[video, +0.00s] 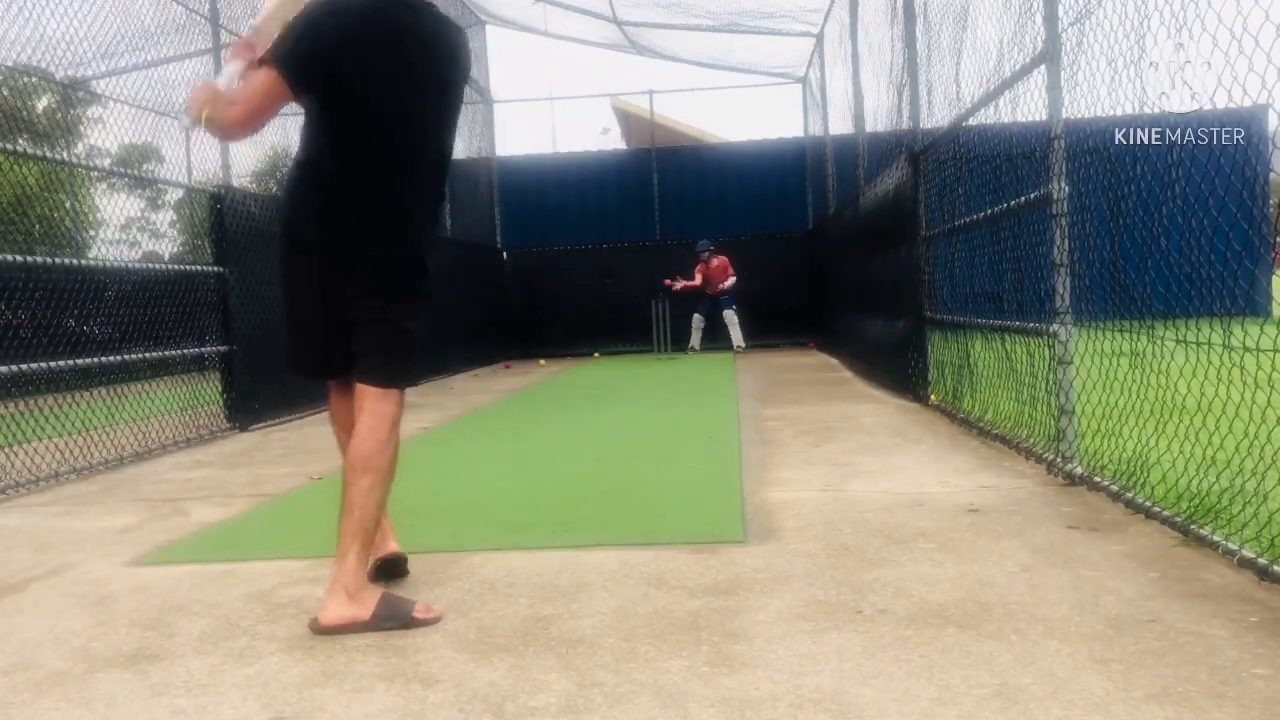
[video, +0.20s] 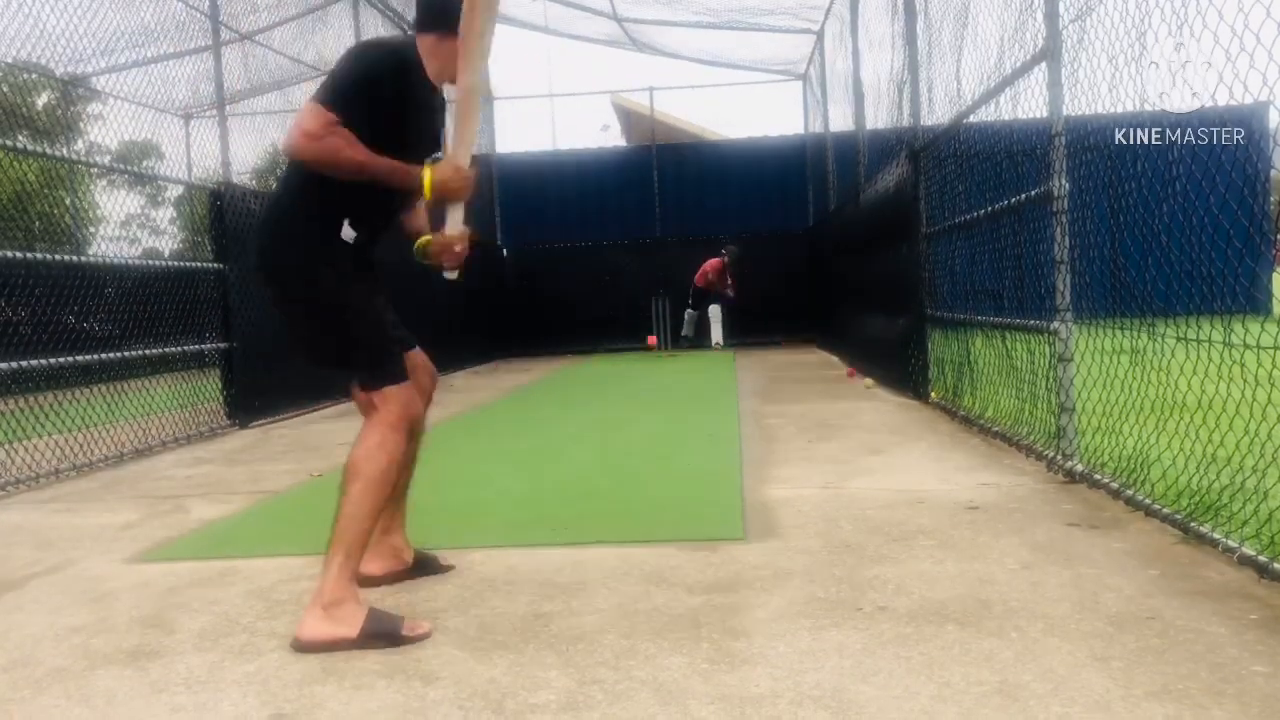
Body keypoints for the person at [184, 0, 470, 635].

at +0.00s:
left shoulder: (332, 19)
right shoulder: (448, 35)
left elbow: (241, 117)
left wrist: (209, 102)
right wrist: (280, 60)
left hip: (320, 236)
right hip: (402, 238)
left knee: (343, 386)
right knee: (380, 405)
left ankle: (380, 535)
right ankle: (348, 591)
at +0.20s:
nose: (481, 55)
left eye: (483, 41)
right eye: (479, 38)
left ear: (440, 29)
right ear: (453, 32)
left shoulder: (425, 105)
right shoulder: (380, 59)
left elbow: (391, 199)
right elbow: (307, 139)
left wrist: (429, 236)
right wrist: (422, 177)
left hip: (337, 257)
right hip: (299, 255)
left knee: (418, 377)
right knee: (396, 403)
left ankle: (385, 546)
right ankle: (331, 604)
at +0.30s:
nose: (475, 58)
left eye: (474, 46)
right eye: (475, 44)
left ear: (421, 34)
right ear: (461, 42)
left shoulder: (406, 100)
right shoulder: (386, 78)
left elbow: (438, 205)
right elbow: (378, 179)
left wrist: (503, 206)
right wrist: (483, 146)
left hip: (321, 267)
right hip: (307, 270)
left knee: (398, 395)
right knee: (415, 426)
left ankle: (386, 549)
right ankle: (330, 605)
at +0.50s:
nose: (447, 39)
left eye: (446, 27)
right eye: (448, 28)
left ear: (382, 4)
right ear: (441, 25)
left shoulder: (319, 14)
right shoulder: (443, 89)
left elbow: (254, 62)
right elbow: (404, 147)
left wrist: (313, 104)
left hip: (283, 249)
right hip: (361, 262)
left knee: (379, 393)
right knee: (409, 434)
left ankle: (382, 546)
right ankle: (331, 607)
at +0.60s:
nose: (453, 10)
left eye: (447, 9)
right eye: (453, 9)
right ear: (441, 7)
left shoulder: (356, 12)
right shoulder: (441, 59)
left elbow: (217, 36)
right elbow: (322, 115)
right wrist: (214, 95)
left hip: (297, 238)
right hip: (376, 248)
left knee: (362, 383)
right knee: (380, 430)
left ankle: (390, 540)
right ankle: (330, 607)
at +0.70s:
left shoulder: (378, 20)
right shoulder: (404, 27)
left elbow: (270, 29)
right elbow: (273, 40)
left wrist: (190, 3)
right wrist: (188, 2)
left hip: (306, 244)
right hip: (378, 249)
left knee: (330, 395)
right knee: (366, 429)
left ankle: (367, 538)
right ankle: (330, 604)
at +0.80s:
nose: (331, 0)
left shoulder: (395, 18)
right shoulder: (347, 25)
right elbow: (265, 10)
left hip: (294, 238)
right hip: (362, 245)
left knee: (293, 399)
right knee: (350, 420)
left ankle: (342, 546)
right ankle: (327, 608)